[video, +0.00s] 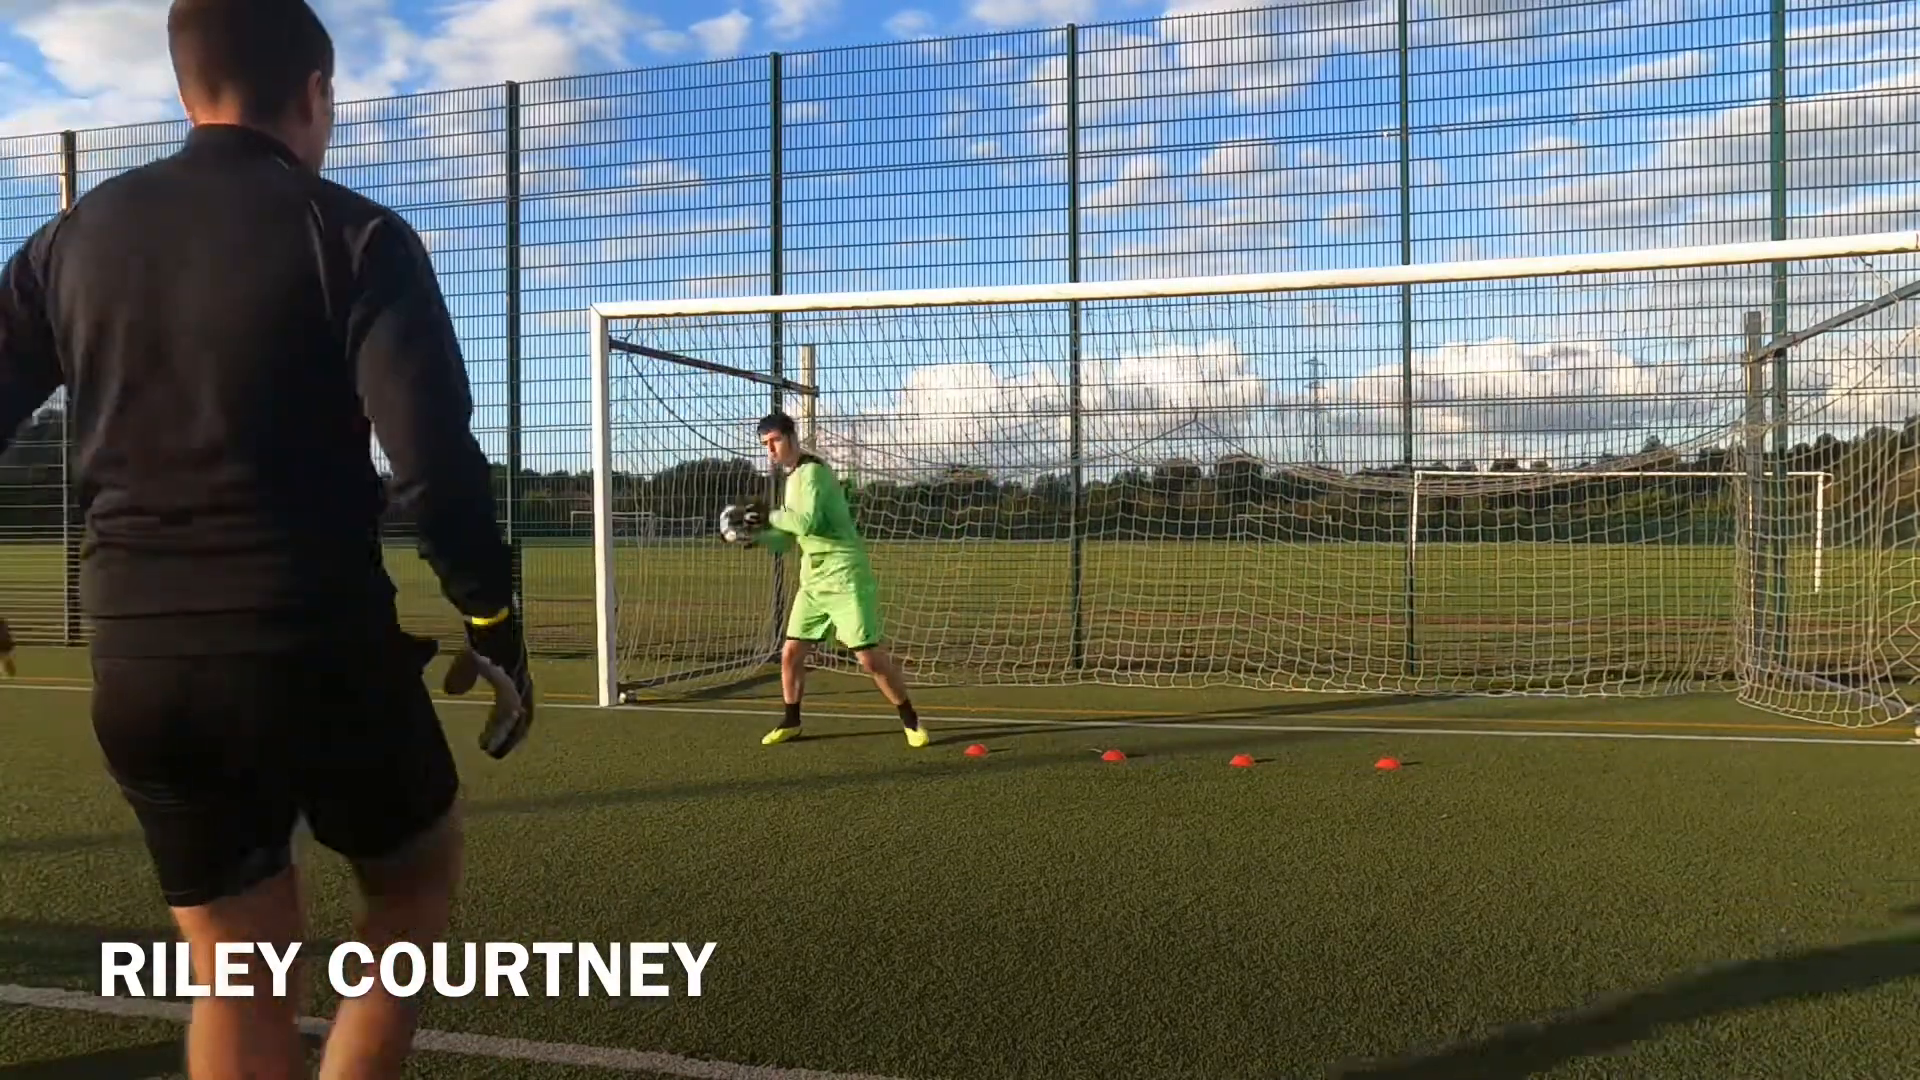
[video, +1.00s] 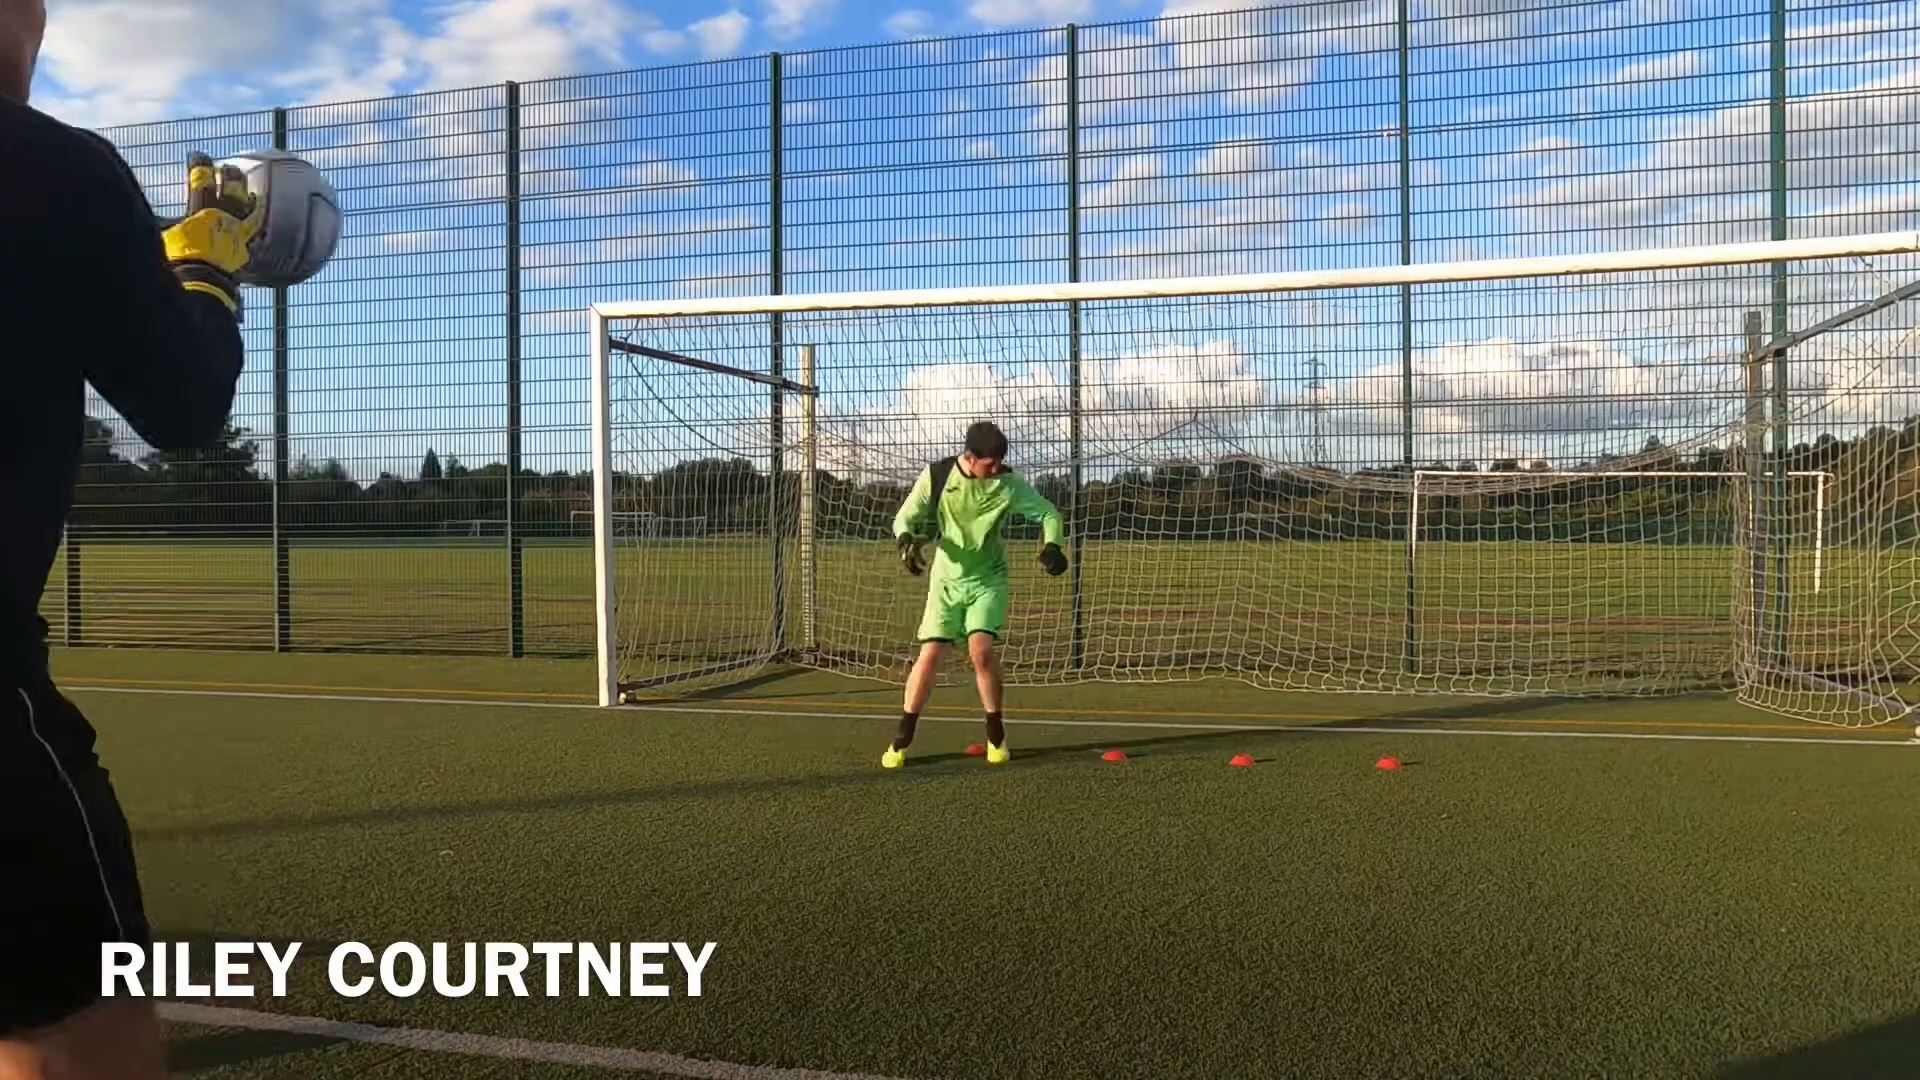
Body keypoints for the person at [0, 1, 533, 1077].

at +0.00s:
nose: (328, 120)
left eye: (329, 103)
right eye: (330, 101)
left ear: (187, 96)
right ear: (311, 93)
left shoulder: (71, 242)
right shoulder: (354, 235)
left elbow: (3, 404)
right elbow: (430, 459)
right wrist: (492, 621)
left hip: (143, 668)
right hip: (323, 655)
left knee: (233, 972)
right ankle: (351, 1060)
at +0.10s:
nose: (330, 107)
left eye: (327, 84)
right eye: (331, 83)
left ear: (189, 84)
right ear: (311, 79)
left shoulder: (75, 228)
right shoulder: (361, 231)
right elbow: (453, 453)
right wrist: (519, 592)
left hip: (123, 663)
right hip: (294, 658)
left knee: (222, 968)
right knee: (336, 978)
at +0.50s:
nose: (305, 48)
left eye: (301, 30)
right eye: (304, 28)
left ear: (147, 30)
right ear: (286, 23)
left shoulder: (15, 153)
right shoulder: (325, 188)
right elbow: (333, 450)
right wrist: (369, 600)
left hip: (5, 626)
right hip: (181, 635)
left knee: (83, 994)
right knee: (181, 1024)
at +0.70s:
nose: (220, 35)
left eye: (216, 17)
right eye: (219, 14)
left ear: (56, 14)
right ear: (195, 12)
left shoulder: (5, 110)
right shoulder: (248, 165)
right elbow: (334, 474)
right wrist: (330, 495)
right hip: (131, 626)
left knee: (5, 1004)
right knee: (148, 1045)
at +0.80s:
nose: (159, 36)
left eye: (157, 18)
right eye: (158, 15)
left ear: (12, 11)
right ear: (129, 12)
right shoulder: (196, 160)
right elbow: (311, 437)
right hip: (87, 647)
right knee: (137, 1049)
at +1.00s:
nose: (40, 28)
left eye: (38, 10)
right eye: (33, 9)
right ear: (11, 21)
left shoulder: (60, 174)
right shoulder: (56, 173)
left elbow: (173, 405)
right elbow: (180, 405)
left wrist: (176, 263)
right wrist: (212, 264)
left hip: (18, 680)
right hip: (11, 689)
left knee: (55, 1016)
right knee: (89, 1024)